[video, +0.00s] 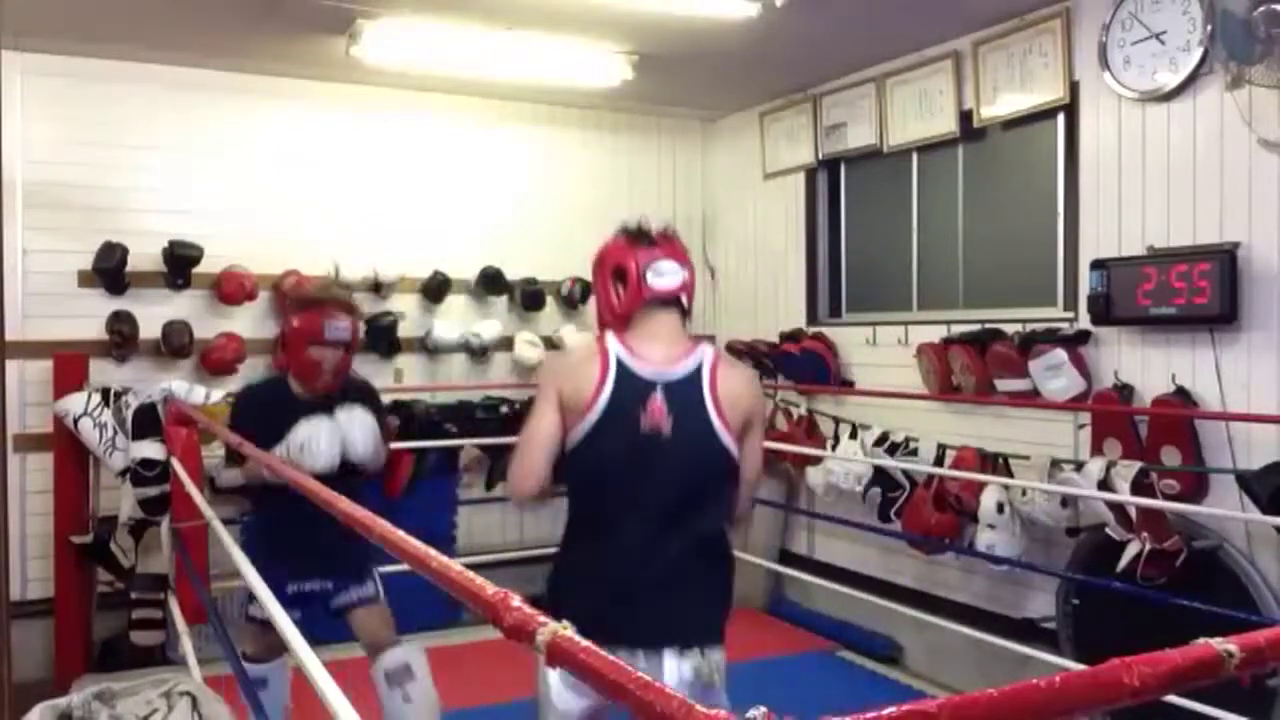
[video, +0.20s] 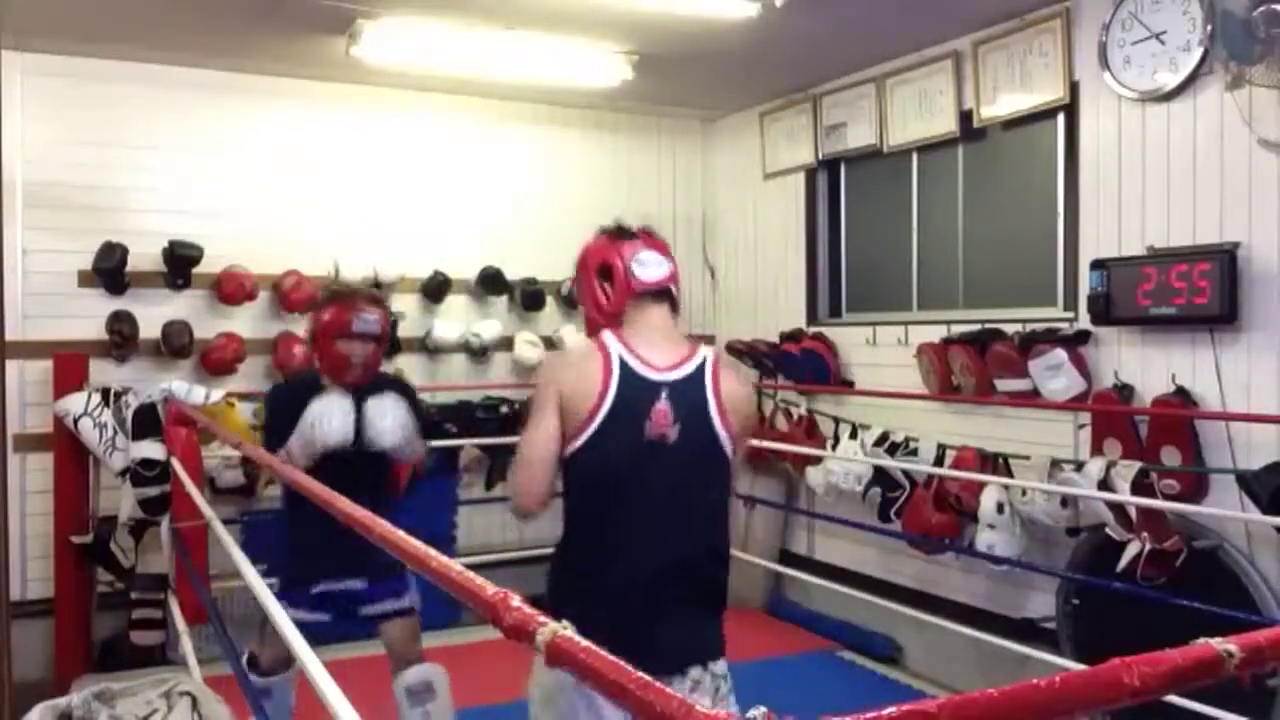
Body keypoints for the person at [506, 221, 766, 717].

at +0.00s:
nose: (596, 301)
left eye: (600, 288)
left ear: (615, 289)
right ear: (687, 290)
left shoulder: (572, 368)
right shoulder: (738, 382)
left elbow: (524, 485)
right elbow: (739, 504)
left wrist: (585, 462)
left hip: (584, 623)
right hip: (690, 628)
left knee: (569, 709)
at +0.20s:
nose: (583, 309)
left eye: (585, 294)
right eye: (582, 296)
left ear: (604, 289)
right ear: (674, 288)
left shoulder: (569, 368)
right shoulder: (732, 380)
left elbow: (527, 497)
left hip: (588, 649)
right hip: (692, 648)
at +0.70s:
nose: (491, 309)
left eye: (494, 296)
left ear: (503, 302)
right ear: (575, 304)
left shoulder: (461, 370)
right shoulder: (611, 381)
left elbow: (372, 416)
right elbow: (626, 486)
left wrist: (405, 381)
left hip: (485, 617)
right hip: (582, 620)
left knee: (477, 709)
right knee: (602, 709)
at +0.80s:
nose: (552, 330)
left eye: (551, 317)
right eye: (549, 318)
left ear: (475, 325)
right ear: (538, 324)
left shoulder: (440, 387)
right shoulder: (548, 393)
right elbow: (600, 498)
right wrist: (583, 421)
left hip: (451, 627)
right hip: (533, 633)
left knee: (456, 711)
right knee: (610, 709)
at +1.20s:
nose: (469, 320)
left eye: (473, 307)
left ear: (486, 312)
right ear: (551, 315)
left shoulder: (441, 393)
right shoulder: (586, 401)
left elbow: (400, 500)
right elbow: (596, 495)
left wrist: (460, 470)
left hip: (453, 640)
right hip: (549, 645)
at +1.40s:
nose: (529, 279)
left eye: (536, 268)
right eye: (533, 267)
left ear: (551, 274)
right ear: (618, 281)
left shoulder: (501, 356)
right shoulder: (656, 368)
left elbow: (452, 467)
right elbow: (659, 482)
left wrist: (514, 448)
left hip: (519, 607)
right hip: (615, 607)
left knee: (490, 709)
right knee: (624, 710)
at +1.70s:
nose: (656, 333)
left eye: (661, 319)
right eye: (658, 319)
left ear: (682, 325)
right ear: (737, 322)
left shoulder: (645, 414)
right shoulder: (793, 415)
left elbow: (601, 529)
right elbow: (790, 541)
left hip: (658, 652)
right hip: (752, 651)